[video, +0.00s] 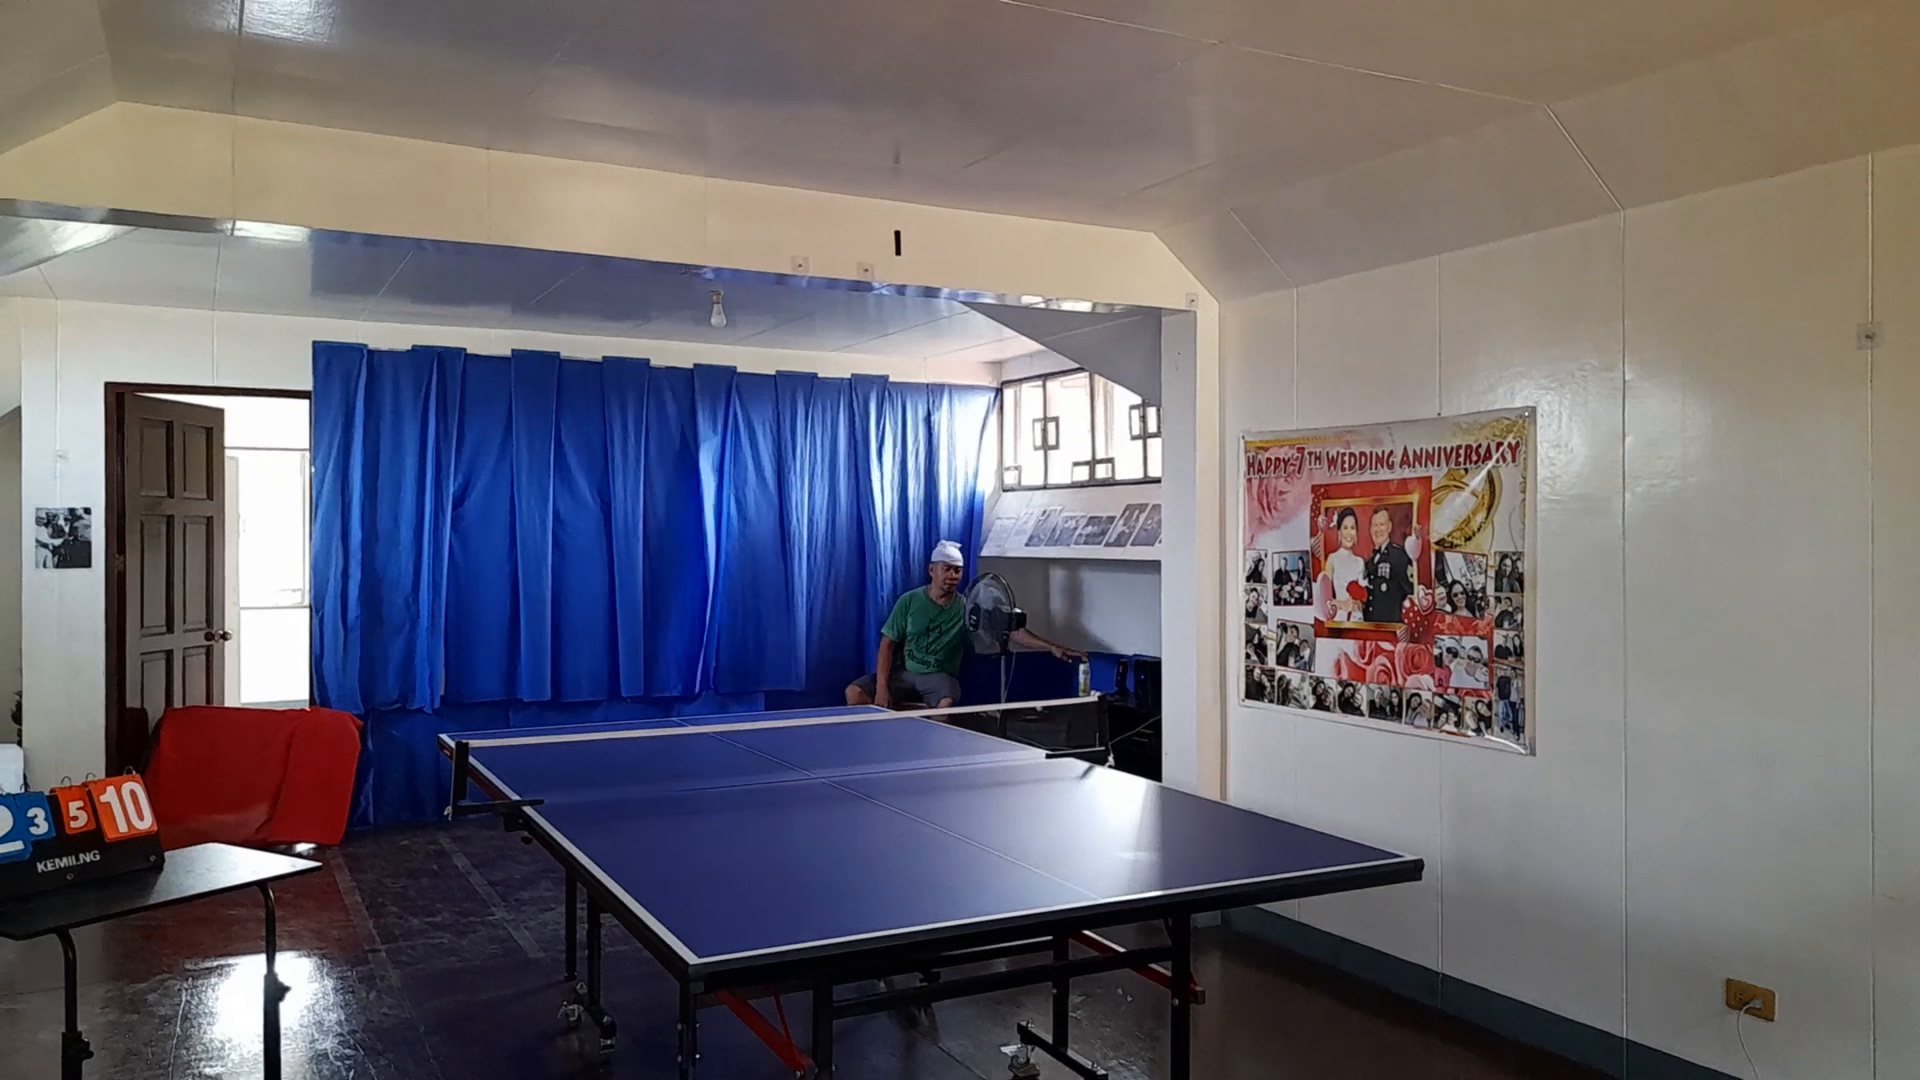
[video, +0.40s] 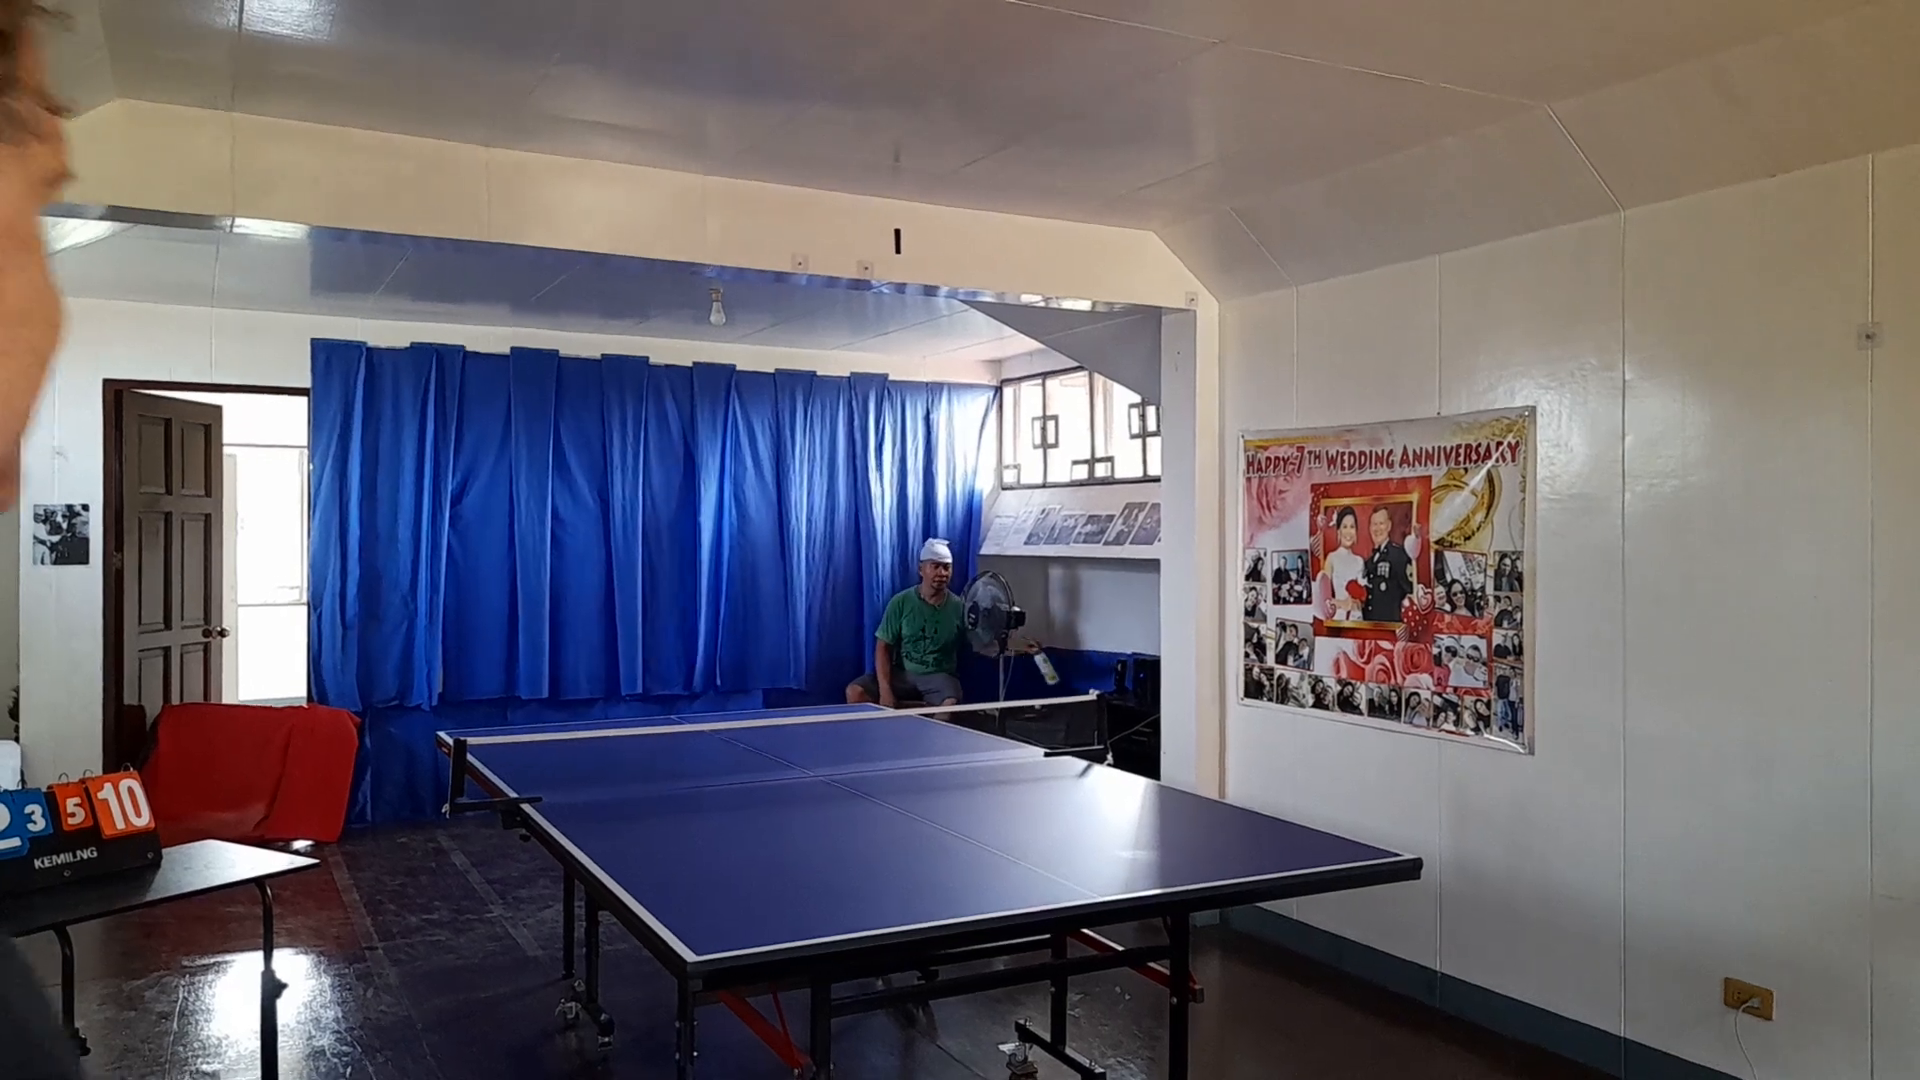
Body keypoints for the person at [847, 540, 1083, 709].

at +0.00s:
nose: (952, 576)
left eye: (957, 571)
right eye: (947, 569)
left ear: (962, 574)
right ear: (932, 570)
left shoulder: (966, 609)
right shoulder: (909, 601)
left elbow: (1011, 631)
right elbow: (887, 645)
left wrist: (1053, 648)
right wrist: (881, 689)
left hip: (939, 678)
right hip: (904, 673)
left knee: (947, 705)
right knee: (854, 692)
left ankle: (923, 748)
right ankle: (881, 743)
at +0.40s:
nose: (941, 573)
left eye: (946, 567)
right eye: (935, 567)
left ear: (951, 570)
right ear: (921, 569)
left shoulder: (959, 607)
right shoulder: (900, 602)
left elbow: (980, 643)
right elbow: (882, 647)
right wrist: (885, 692)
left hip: (938, 677)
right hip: (901, 673)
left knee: (949, 704)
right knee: (855, 692)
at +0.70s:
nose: (929, 568)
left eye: (934, 563)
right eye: (922, 562)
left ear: (939, 568)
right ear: (910, 566)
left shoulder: (950, 606)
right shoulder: (892, 601)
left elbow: (959, 647)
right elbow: (877, 649)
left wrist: (955, 649)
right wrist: (900, 664)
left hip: (933, 678)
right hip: (897, 676)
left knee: (950, 706)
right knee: (854, 692)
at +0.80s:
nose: (921, 566)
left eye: (926, 561)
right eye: (915, 560)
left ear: (933, 567)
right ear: (904, 565)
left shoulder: (946, 605)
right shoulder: (887, 601)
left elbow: (958, 649)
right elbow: (875, 649)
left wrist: (939, 647)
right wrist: (898, 652)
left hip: (932, 676)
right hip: (892, 674)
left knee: (948, 705)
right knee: (851, 691)